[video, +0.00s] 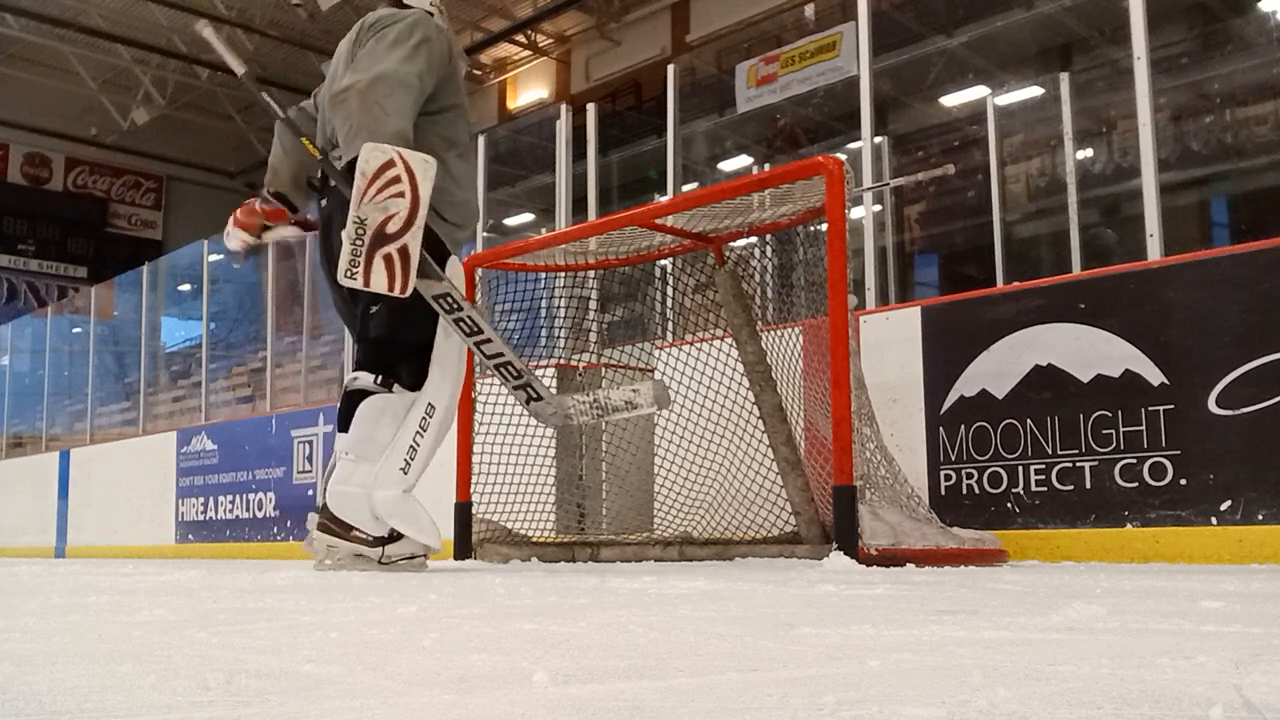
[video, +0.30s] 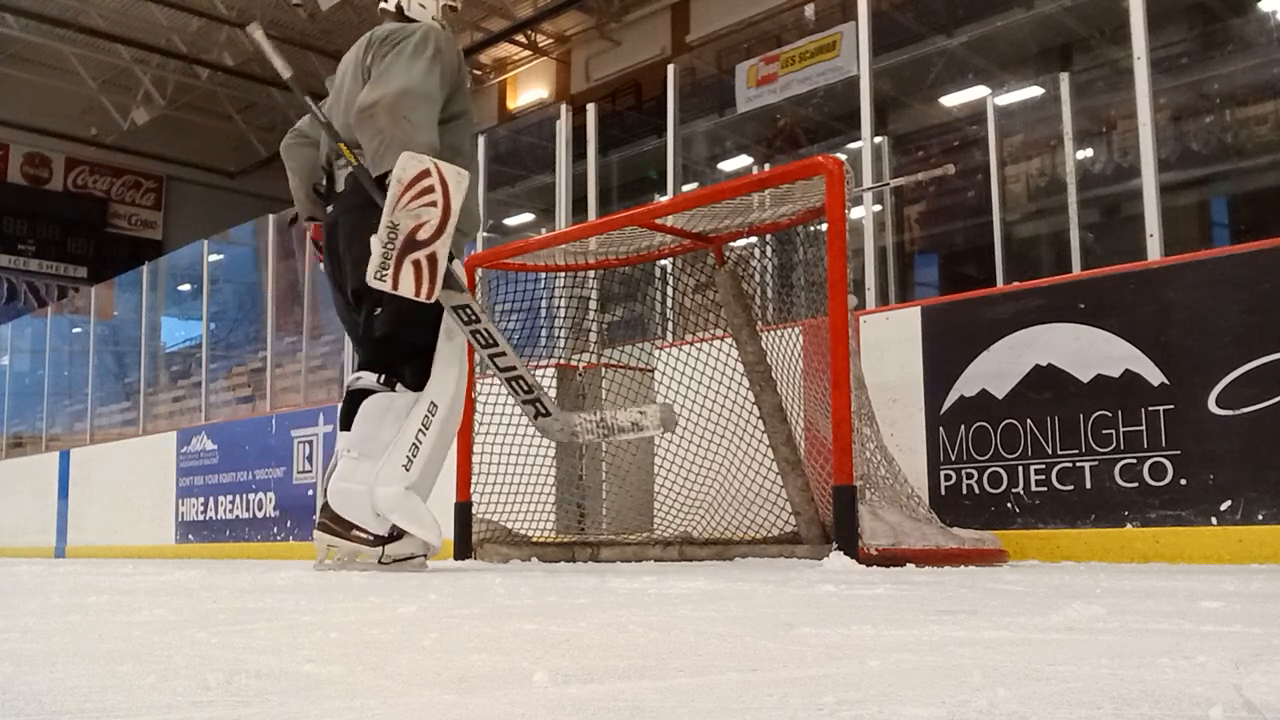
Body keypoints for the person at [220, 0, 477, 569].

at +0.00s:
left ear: (386, 1)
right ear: (430, 2)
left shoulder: (358, 47)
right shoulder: (415, 27)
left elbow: (302, 123)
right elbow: (371, 102)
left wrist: (278, 199)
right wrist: (385, 209)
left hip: (359, 231)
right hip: (404, 232)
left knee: (376, 373)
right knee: (416, 376)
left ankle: (349, 514)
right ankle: (363, 516)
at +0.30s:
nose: (451, 15)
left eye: (449, 13)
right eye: (446, 10)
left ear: (390, 12)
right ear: (428, 10)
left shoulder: (354, 70)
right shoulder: (420, 36)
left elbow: (302, 138)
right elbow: (390, 113)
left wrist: (310, 210)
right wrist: (428, 217)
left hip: (349, 225)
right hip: (394, 219)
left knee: (375, 368)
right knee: (419, 370)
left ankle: (354, 513)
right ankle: (361, 504)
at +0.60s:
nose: (463, 38)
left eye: (465, 31)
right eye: (455, 27)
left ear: (417, 26)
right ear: (427, 22)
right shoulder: (423, 56)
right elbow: (383, 126)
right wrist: (416, 234)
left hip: (377, 236)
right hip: (395, 230)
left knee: (395, 374)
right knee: (423, 373)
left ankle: (368, 510)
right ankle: (371, 504)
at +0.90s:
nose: (494, 55)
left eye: (495, 48)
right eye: (486, 45)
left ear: (475, 50)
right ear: (457, 42)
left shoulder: (466, 107)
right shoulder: (433, 76)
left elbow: (454, 197)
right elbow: (376, 135)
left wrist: (483, 263)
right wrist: (388, 233)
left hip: (439, 263)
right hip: (429, 260)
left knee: (420, 390)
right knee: (458, 384)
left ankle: (383, 513)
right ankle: (438, 512)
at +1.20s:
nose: (515, 52)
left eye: (522, 46)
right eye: (506, 41)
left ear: (524, 56)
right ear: (480, 42)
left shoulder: (498, 113)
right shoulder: (462, 80)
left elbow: (478, 201)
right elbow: (401, 147)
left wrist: (515, 257)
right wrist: (400, 227)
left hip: (469, 265)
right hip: (455, 260)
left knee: (450, 392)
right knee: (503, 382)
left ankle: (422, 520)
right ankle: (473, 522)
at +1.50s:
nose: (525, 32)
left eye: (535, 24)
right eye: (515, 23)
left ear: (548, 35)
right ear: (499, 31)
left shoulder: (549, 110)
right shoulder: (478, 77)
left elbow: (540, 192)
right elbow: (428, 148)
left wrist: (541, 260)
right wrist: (409, 236)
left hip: (525, 267)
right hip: (469, 257)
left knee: (510, 397)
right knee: (492, 396)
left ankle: (458, 525)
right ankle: (474, 526)